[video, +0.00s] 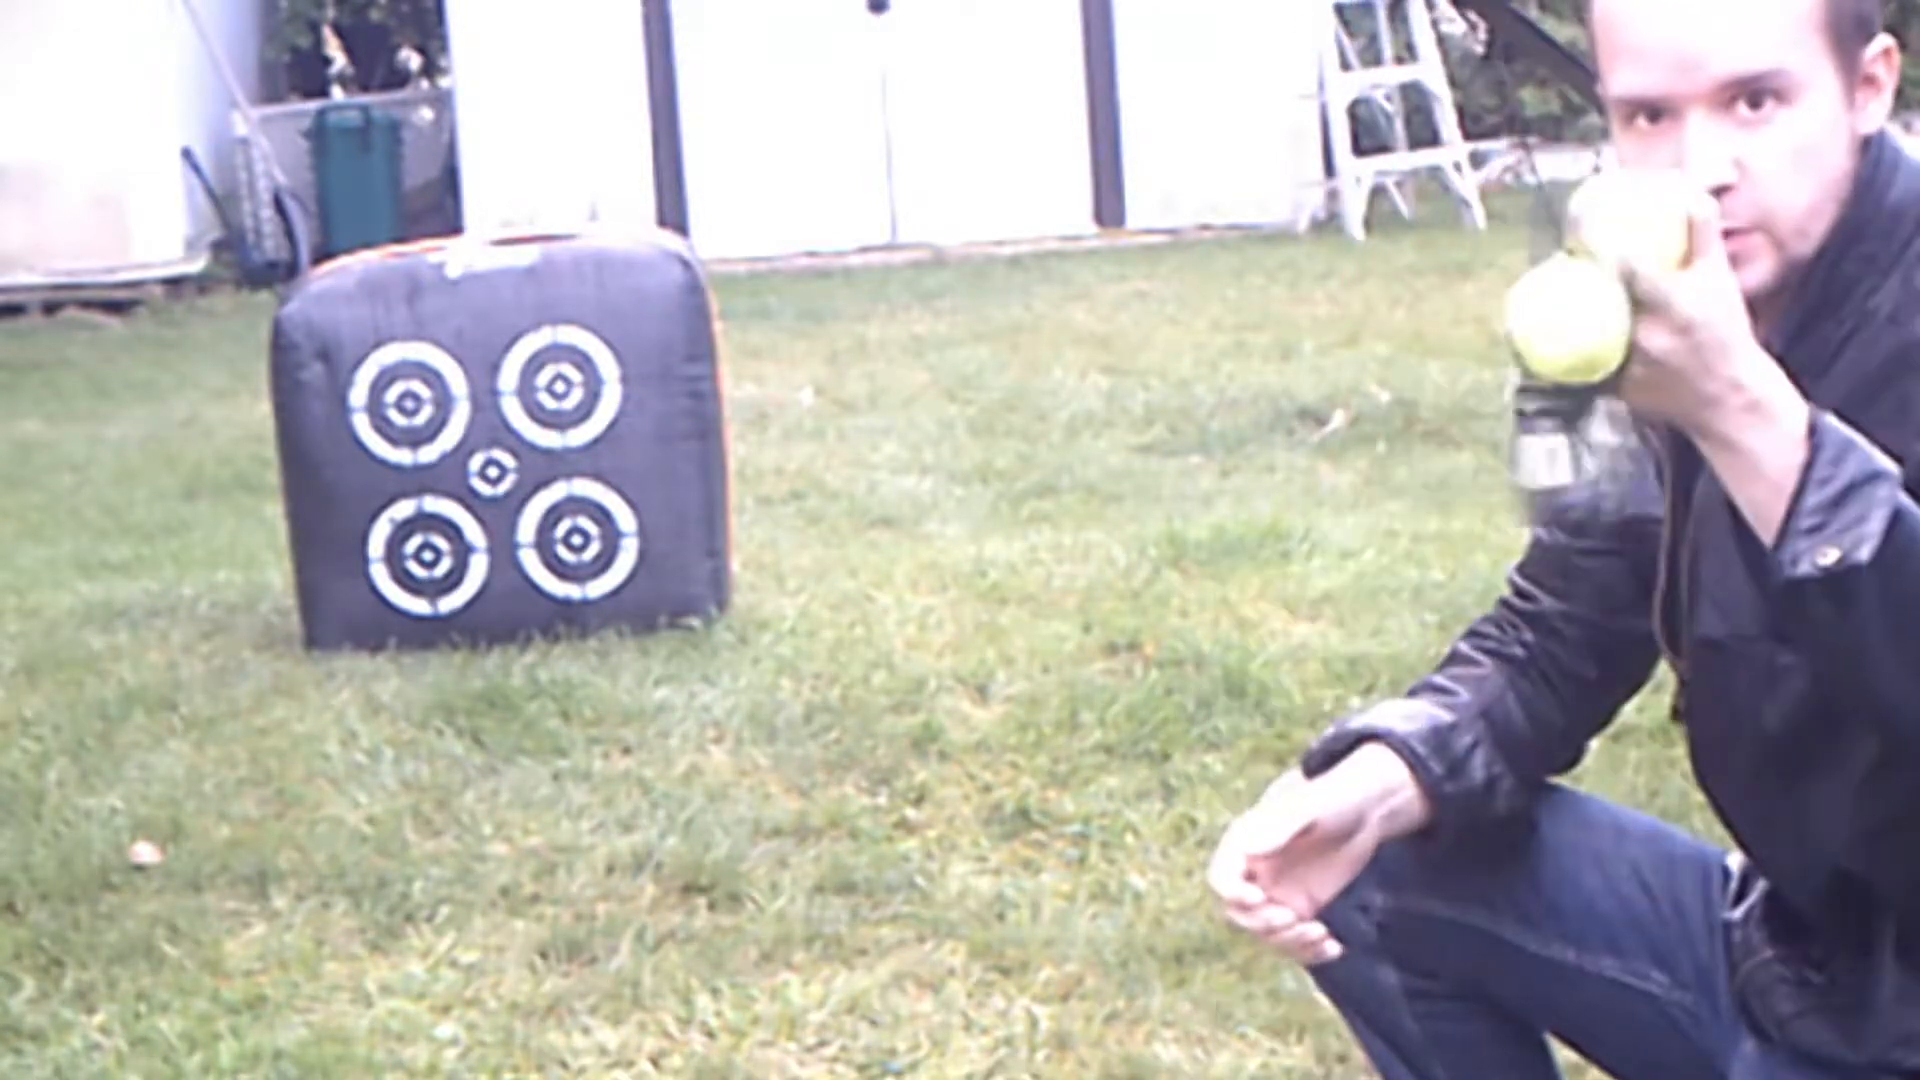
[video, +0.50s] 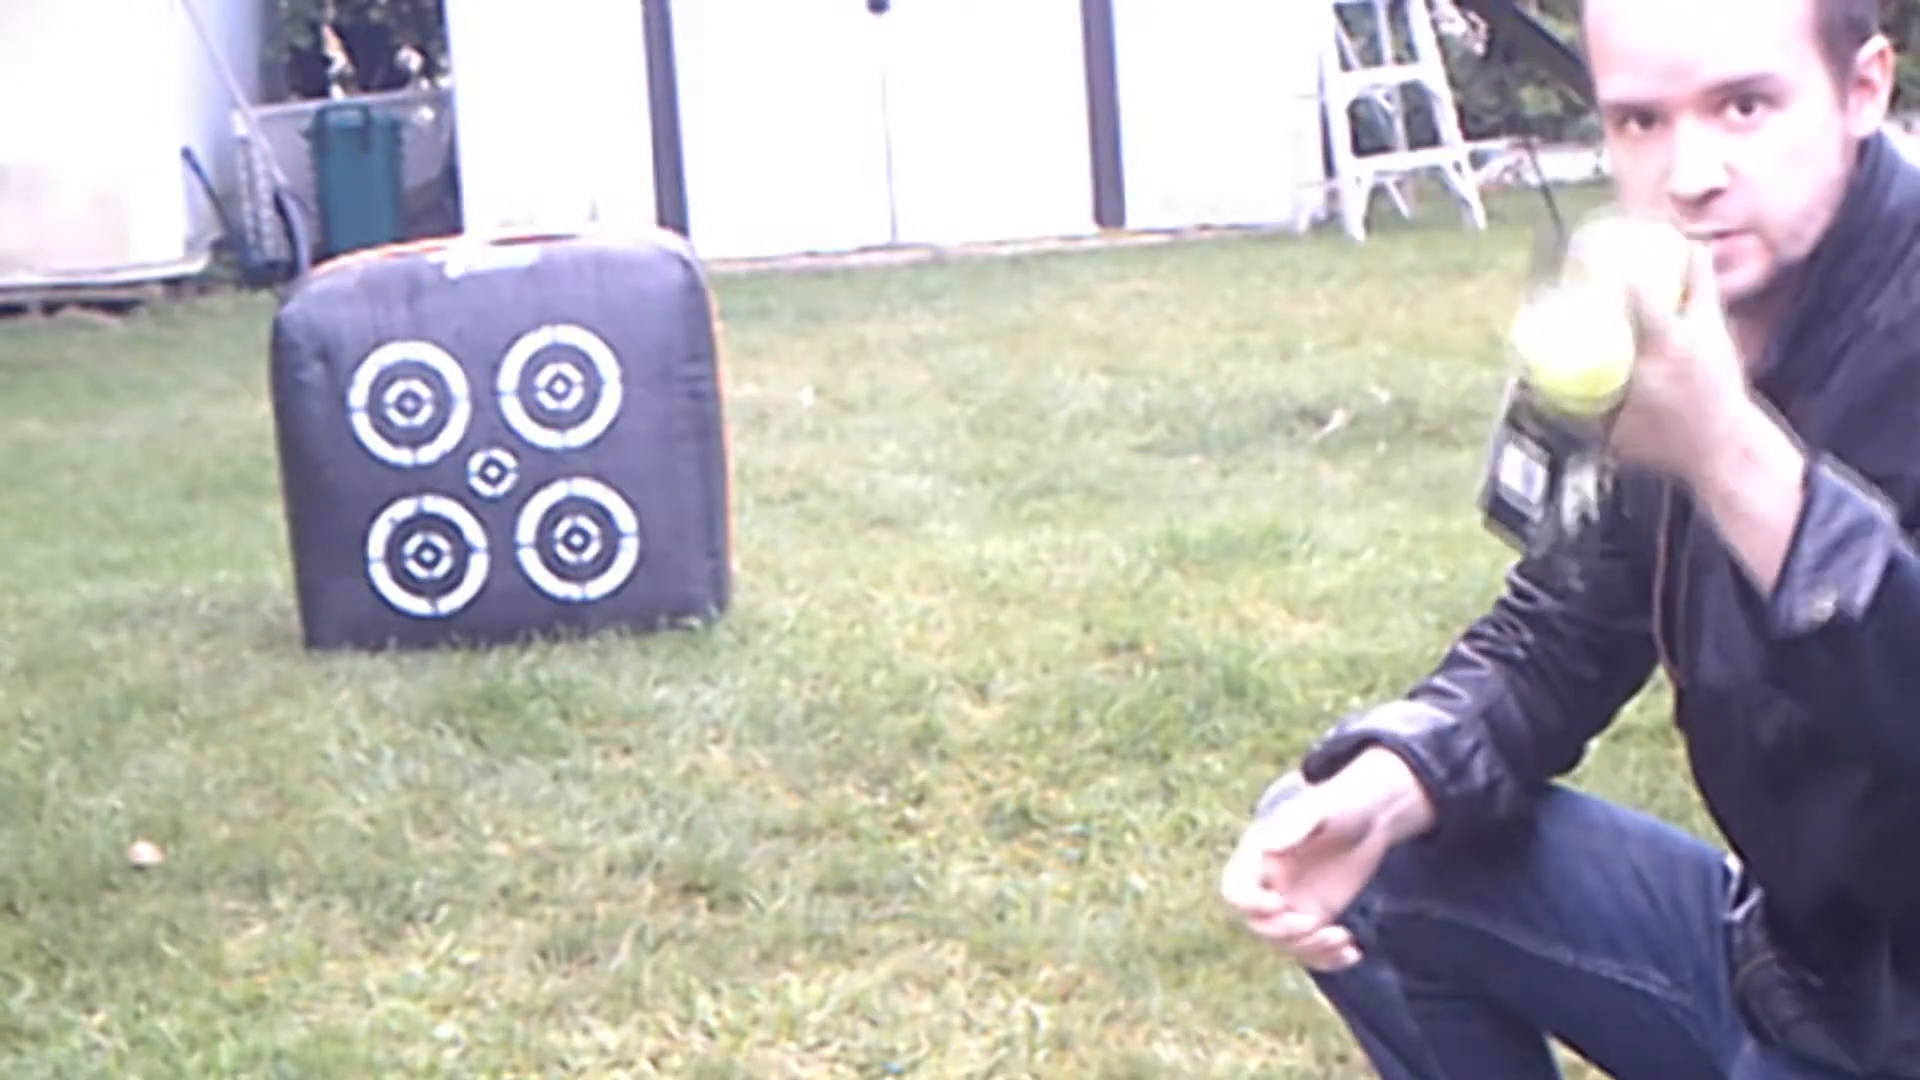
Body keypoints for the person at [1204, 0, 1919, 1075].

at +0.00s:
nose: (1701, 174)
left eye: (1757, 101)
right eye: (1648, 117)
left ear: (1872, 87)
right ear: (1607, 125)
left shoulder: (1911, 329)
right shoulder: (1675, 312)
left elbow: (1904, 680)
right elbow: (1557, 633)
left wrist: (1741, 412)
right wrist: (1387, 779)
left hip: (1893, 1037)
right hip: (1772, 944)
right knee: (1367, 869)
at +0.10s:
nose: (1700, 175)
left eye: (1754, 103)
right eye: (1647, 119)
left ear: (1870, 88)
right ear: (1606, 125)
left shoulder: (1904, 333)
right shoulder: (1686, 325)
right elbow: (1555, 635)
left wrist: (1744, 417)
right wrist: (1388, 780)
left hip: (1885, 1038)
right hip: (1771, 943)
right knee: (1369, 870)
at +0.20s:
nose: (1698, 177)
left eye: (1751, 105)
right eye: (1645, 121)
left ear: (1868, 89)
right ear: (1605, 127)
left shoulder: (1904, 332)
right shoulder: (1687, 321)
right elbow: (1554, 636)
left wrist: (1740, 419)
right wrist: (1389, 780)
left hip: (1885, 1040)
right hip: (1771, 943)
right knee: (1368, 868)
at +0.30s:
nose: (1694, 175)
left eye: (1749, 105)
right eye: (1643, 121)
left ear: (1866, 90)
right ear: (1603, 127)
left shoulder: (1904, 330)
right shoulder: (1635, 310)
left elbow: (1900, 680)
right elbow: (1559, 632)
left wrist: (1738, 423)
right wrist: (1390, 779)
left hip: (1886, 1038)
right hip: (1770, 942)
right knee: (1368, 869)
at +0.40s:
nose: (1693, 175)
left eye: (1748, 105)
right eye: (1642, 121)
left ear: (1866, 90)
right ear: (1604, 129)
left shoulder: (1904, 332)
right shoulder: (1688, 319)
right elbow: (1556, 634)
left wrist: (1738, 431)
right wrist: (1390, 780)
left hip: (1885, 1042)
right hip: (1771, 943)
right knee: (1371, 869)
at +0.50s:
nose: (1688, 178)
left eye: (1745, 106)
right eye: (1640, 121)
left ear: (1865, 89)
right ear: (1601, 129)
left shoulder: (1905, 333)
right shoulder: (1698, 318)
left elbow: (1902, 711)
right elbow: (1562, 629)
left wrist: (1725, 451)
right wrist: (1398, 778)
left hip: (1881, 1045)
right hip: (1769, 942)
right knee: (1376, 869)